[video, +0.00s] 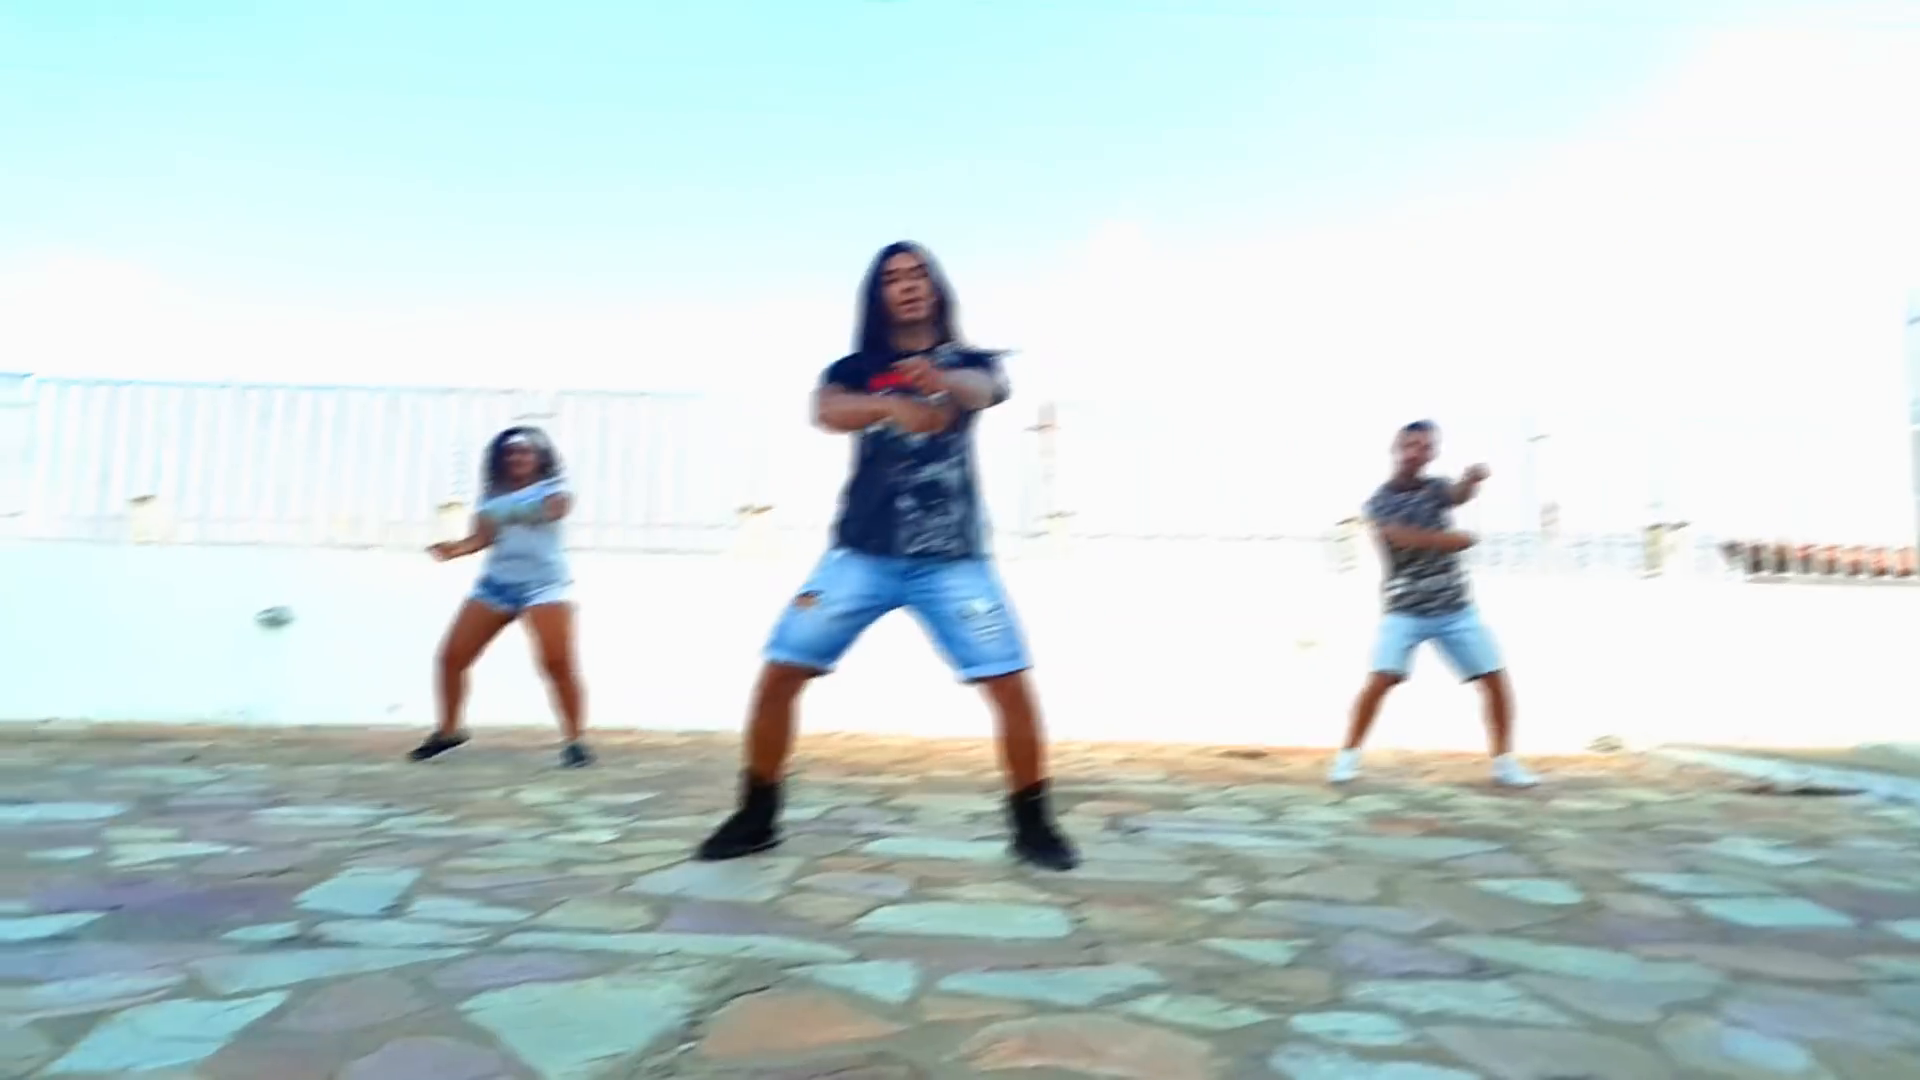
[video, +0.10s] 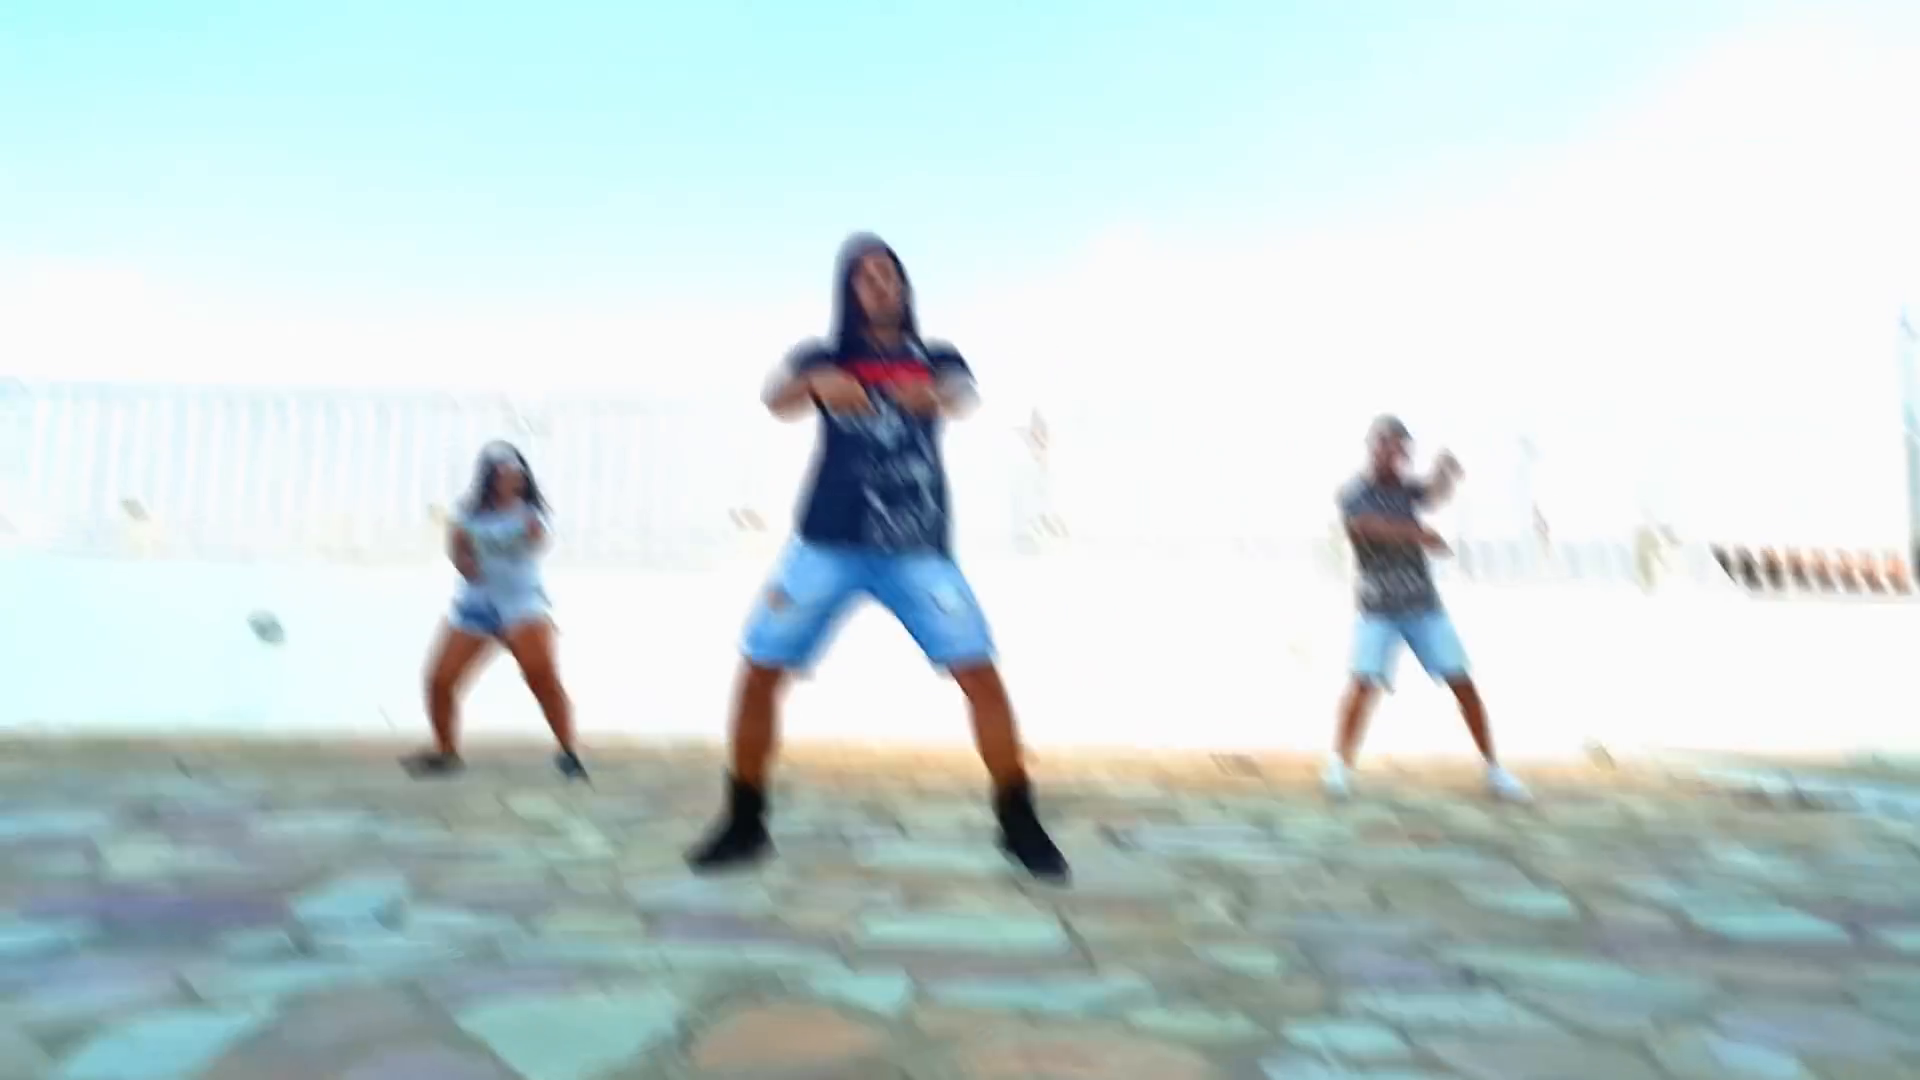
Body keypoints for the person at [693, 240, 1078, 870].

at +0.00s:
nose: (909, 288)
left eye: (918, 276)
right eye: (895, 280)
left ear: (938, 287)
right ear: (876, 298)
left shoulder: (969, 362)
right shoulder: (854, 369)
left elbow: (989, 388)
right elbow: (826, 411)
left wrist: (944, 380)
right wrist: (892, 408)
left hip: (953, 561)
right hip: (862, 558)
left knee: (1011, 684)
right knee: (779, 673)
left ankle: (1033, 824)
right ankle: (755, 816)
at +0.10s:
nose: (877, 284)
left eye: (885, 272)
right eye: (863, 276)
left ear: (904, 283)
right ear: (848, 291)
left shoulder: (933, 358)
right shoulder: (822, 358)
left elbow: (963, 398)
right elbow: (778, 403)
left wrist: (925, 396)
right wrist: (816, 382)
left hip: (916, 551)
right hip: (828, 548)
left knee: (981, 674)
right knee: (760, 670)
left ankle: (1019, 820)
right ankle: (744, 820)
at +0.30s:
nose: (827, 224)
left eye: (837, 214)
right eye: (814, 218)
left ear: (858, 229)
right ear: (796, 237)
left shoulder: (889, 302)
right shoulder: (780, 305)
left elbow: (908, 336)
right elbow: (795, 367)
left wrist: (902, 333)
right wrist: (757, 341)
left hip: (869, 498)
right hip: (782, 496)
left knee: (926, 623)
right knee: (713, 629)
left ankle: (952, 778)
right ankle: (667, 780)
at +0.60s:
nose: (767, 246)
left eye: (776, 236)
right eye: (753, 239)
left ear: (794, 251)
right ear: (736, 257)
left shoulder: (826, 326)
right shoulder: (716, 326)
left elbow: (868, 375)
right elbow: (696, 399)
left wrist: (850, 351)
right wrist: (689, 343)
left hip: (811, 519)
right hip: (723, 519)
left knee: (871, 643)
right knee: (660, 648)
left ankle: (925, 789)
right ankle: (636, 796)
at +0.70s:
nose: (753, 214)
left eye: (762, 205)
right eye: (738, 207)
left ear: (781, 222)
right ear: (720, 230)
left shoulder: (814, 298)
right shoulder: (707, 300)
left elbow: (851, 350)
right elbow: (717, 371)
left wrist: (852, 333)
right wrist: (666, 323)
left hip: (805, 492)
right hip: (718, 492)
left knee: (866, 618)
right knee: (648, 625)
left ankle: (917, 765)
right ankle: (612, 774)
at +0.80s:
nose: (740, 222)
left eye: (750, 212)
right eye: (726, 214)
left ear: (767, 229)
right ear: (705, 235)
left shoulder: (799, 300)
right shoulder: (687, 309)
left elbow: (827, 338)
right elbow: (700, 355)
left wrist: (824, 330)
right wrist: (715, 366)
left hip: (793, 499)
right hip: (708, 501)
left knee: (856, 625)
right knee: (638, 636)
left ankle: (903, 776)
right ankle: (595, 786)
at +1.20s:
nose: (730, 205)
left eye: (741, 199)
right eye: (716, 198)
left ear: (759, 221)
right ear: (695, 222)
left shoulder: (792, 288)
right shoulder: (677, 289)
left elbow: (818, 343)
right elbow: (678, 374)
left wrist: (772, 295)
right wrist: (621, 357)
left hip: (776, 484)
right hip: (688, 483)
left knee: (842, 612)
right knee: (627, 621)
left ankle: (906, 759)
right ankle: (590, 780)